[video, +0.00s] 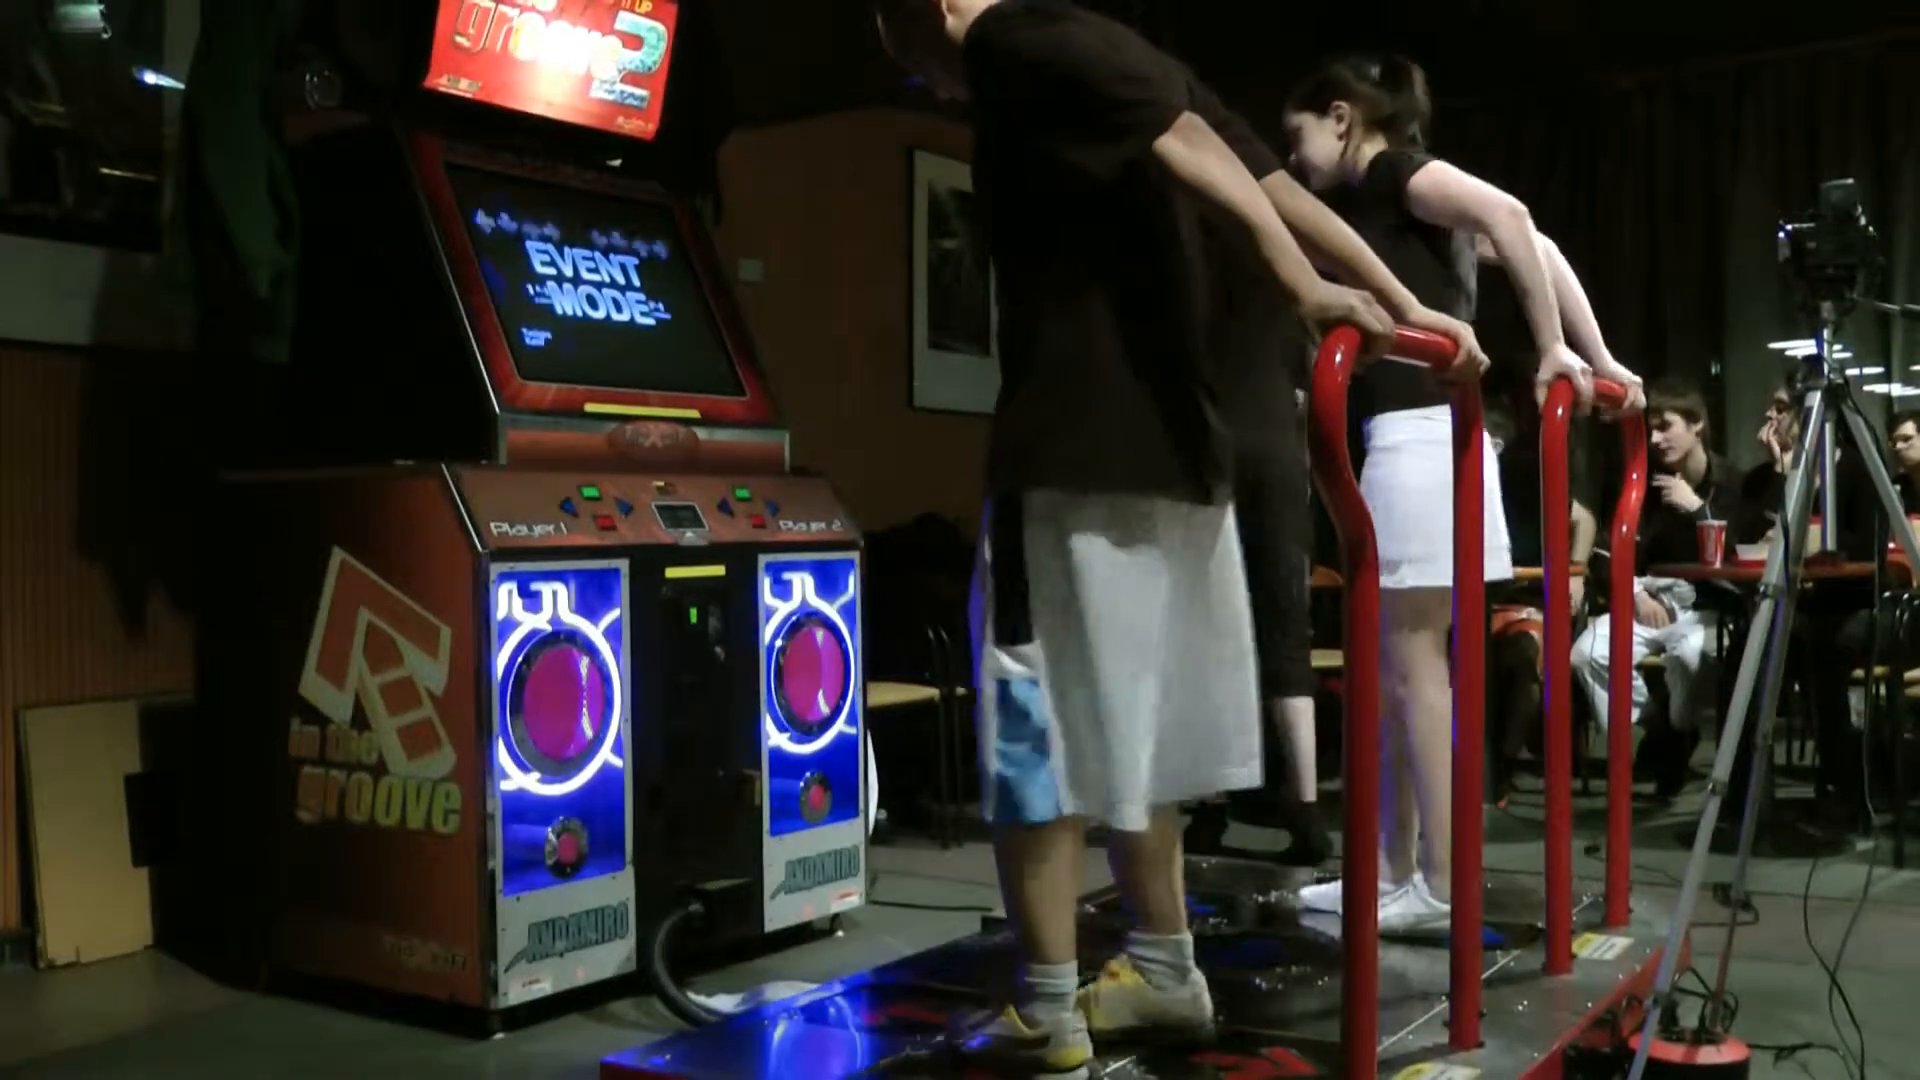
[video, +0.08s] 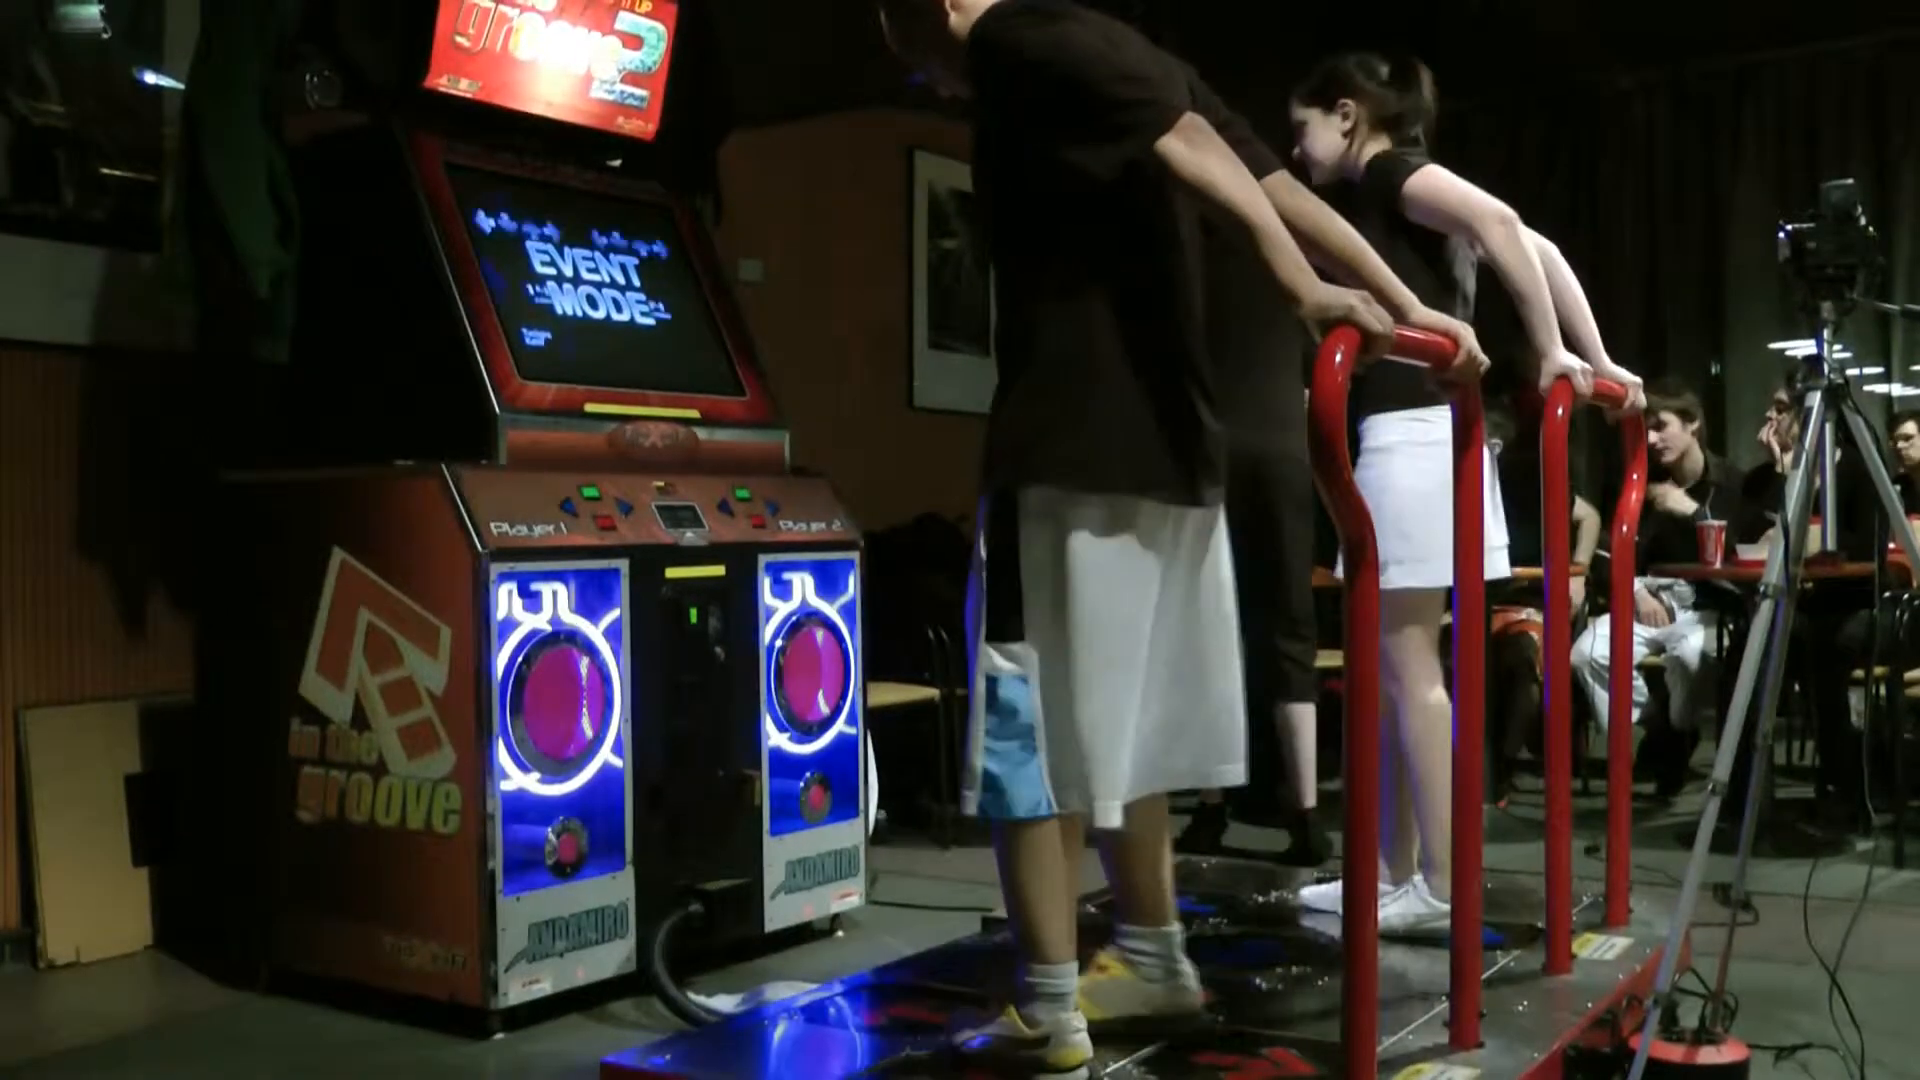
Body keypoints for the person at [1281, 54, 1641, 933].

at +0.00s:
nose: (1292, 151)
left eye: (1298, 133)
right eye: (1290, 136)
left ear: (1343, 121)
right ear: (1359, 127)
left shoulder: (1388, 172)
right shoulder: (1410, 184)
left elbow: (1507, 215)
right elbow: (1538, 247)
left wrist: (1554, 351)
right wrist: (1601, 355)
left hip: (1417, 437)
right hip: (1418, 437)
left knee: (1418, 655)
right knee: (1393, 657)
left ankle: (1442, 884)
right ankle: (1394, 873)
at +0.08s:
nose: (1296, 144)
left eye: (1303, 126)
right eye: (1295, 129)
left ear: (1347, 118)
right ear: (1370, 122)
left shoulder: (1382, 175)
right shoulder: (1411, 184)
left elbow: (1499, 224)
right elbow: (1540, 249)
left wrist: (1553, 352)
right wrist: (1601, 357)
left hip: (1410, 443)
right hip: (1418, 442)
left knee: (1411, 659)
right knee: (1389, 658)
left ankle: (1441, 884)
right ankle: (1394, 874)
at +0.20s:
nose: (1304, 138)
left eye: (1312, 120)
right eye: (1305, 122)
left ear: (1357, 115)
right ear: (1374, 119)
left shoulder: (1386, 178)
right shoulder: (1418, 182)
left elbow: (1498, 235)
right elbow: (1544, 248)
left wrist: (1555, 356)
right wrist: (1599, 357)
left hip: (1410, 447)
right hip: (1424, 445)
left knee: (1389, 668)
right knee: (1388, 667)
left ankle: (1442, 883)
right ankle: (1396, 875)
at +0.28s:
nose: (1310, 135)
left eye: (1317, 118)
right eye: (1311, 120)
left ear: (1362, 115)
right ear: (1380, 119)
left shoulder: (1383, 177)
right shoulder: (1422, 182)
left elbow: (1495, 235)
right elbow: (1545, 250)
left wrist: (1554, 354)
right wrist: (1600, 357)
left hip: (1407, 448)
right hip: (1431, 447)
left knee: (1380, 675)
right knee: (1393, 676)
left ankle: (1436, 882)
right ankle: (1402, 876)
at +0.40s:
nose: (1315, 130)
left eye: (1323, 113)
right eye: (1317, 114)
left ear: (1367, 112)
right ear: (1389, 116)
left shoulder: (1389, 176)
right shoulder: (1427, 182)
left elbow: (1498, 238)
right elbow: (1545, 251)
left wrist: (1554, 355)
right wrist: (1602, 358)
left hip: (1402, 449)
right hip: (1442, 448)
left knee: (1348, 668)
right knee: (1399, 675)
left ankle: (1419, 867)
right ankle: (1408, 864)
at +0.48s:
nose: (1316, 129)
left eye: (1325, 113)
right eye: (1317, 114)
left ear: (1371, 113)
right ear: (1391, 118)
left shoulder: (1387, 176)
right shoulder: (1427, 182)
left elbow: (1494, 233)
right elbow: (1545, 250)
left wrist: (1553, 355)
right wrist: (1601, 360)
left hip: (1398, 449)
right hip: (1444, 449)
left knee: (1338, 667)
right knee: (1397, 678)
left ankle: (1373, 876)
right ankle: (1404, 875)